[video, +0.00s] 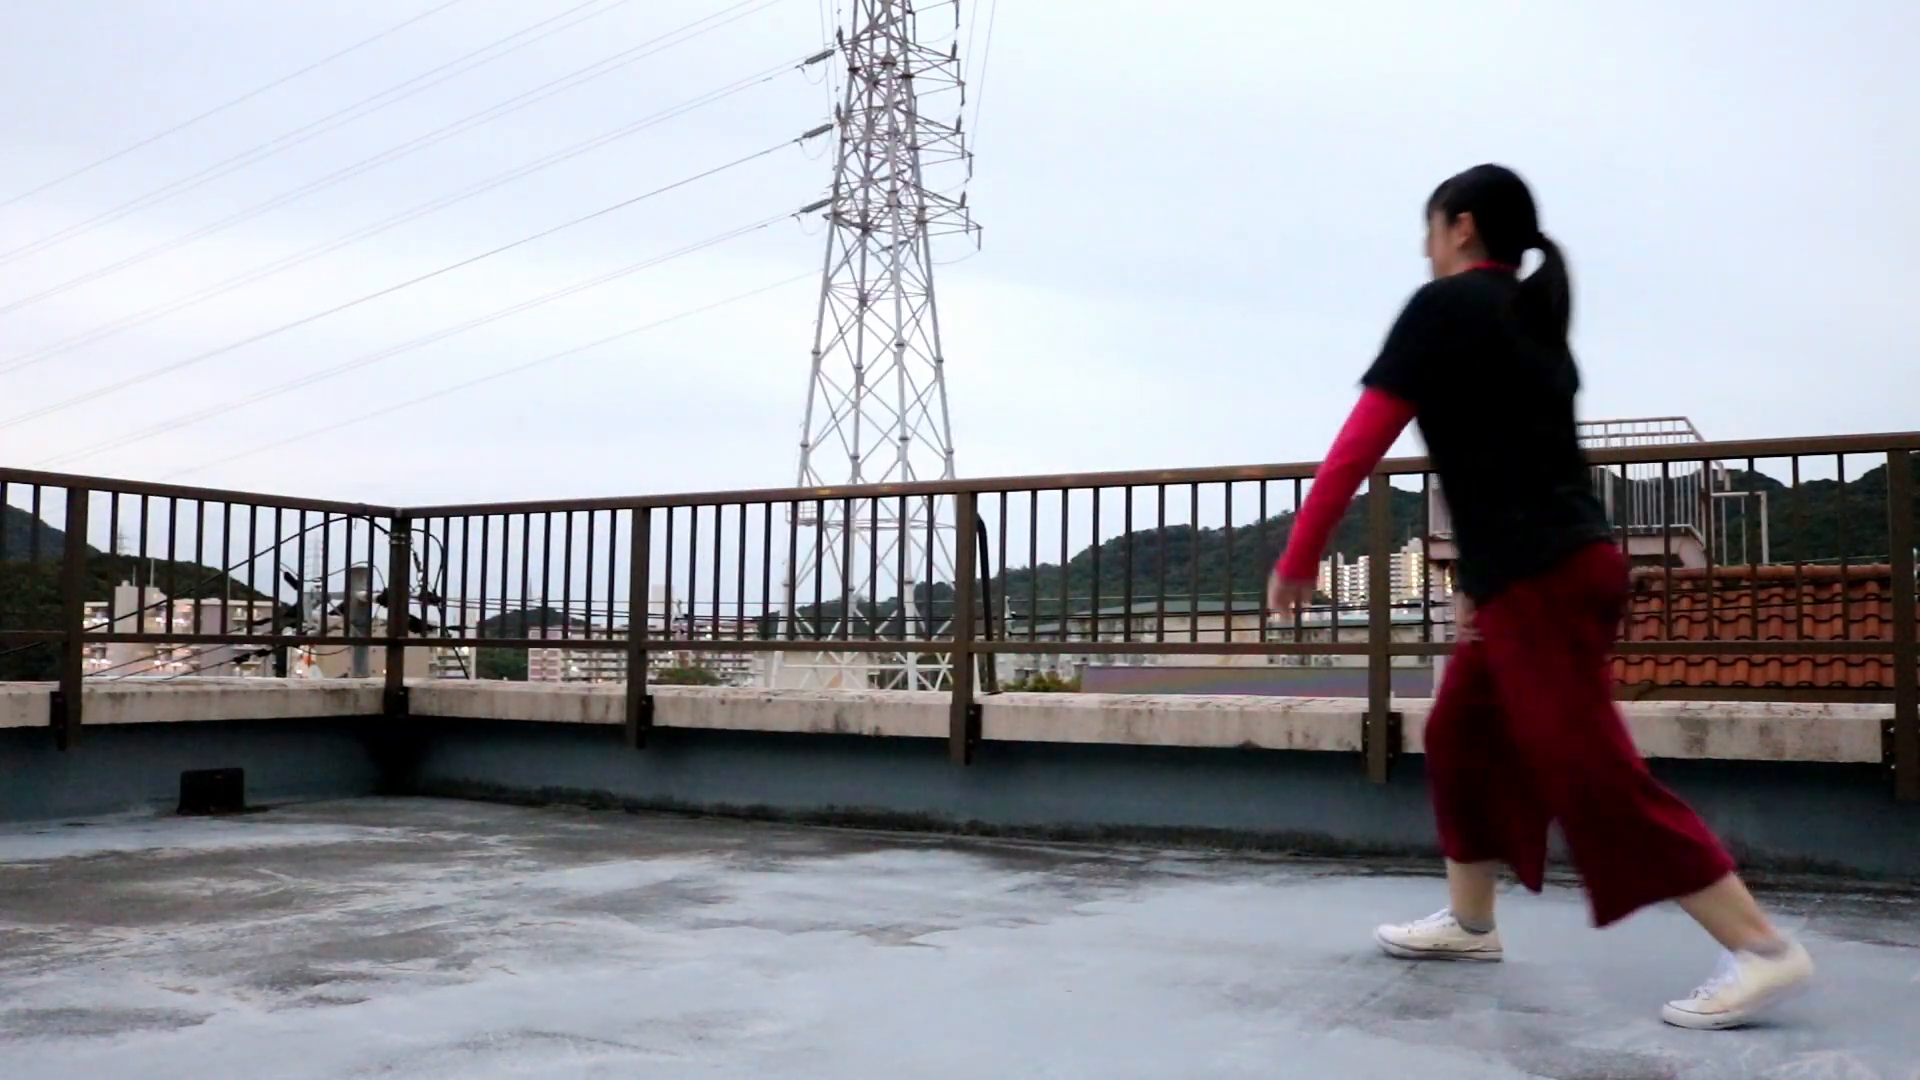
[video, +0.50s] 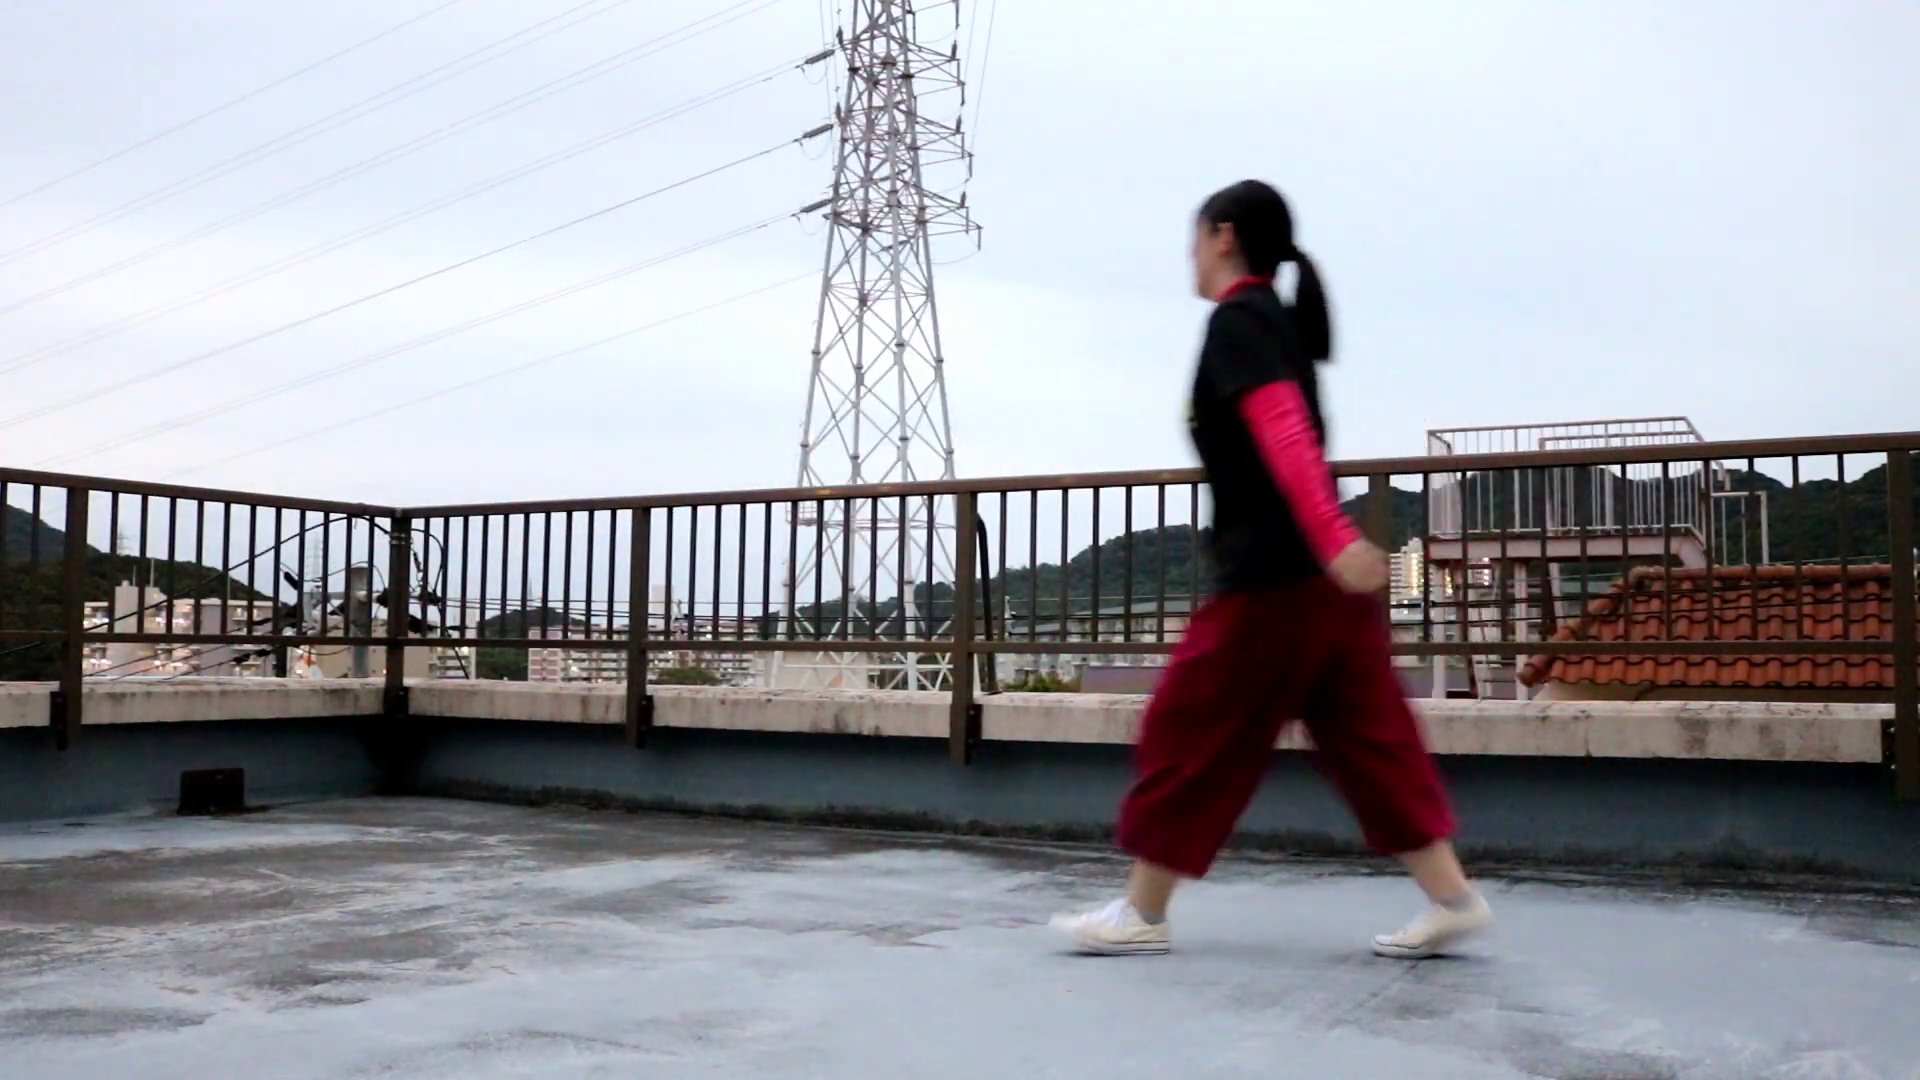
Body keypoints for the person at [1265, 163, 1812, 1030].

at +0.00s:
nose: (1426, 245)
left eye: (1432, 230)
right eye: (1430, 230)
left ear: (1463, 231)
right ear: (1502, 238)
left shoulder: (1438, 309)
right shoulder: (1530, 313)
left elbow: (1357, 447)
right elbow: (1538, 455)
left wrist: (1299, 555)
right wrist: (1493, 581)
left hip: (1534, 576)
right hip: (1574, 561)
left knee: (1591, 766)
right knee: (1456, 733)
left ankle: (1764, 949)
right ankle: (1470, 920)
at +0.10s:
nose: (1389, 241)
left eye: (1395, 227)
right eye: (1394, 226)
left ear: (1420, 234)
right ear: (1463, 245)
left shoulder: (1390, 316)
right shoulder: (1493, 326)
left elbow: (1350, 458)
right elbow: (1520, 453)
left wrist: (1330, 583)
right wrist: (1444, 561)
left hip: (1484, 572)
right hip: (1537, 560)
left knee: (1498, 744)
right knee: (1432, 729)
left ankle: (1684, 895)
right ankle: (1467, 920)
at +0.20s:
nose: (1341, 239)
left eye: (1347, 226)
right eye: (1346, 225)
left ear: (1370, 232)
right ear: (1421, 243)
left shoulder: (1353, 312)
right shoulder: (1445, 319)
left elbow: (1357, 452)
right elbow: (1468, 451)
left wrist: (1375, 573)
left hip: (1435, 561)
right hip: (1503, 555)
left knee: (1384, 741)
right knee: (1471, 728)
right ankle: (1465, 916)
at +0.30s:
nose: (1290, 242)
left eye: (1296, 227)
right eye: (1295, 227)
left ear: (1320, 229)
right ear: (1358, 237)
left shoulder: (1317, 305)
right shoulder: (1384, 306)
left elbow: (1357, 420)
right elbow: (1398, 433)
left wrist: (1385, 546)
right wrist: (1343, 553)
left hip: (1388, 555)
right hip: (1450, 545)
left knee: (1294, 710)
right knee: (1432, 721)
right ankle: (1466, 915)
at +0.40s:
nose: (1239, 242)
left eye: (1245, 228)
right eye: (1243, 227)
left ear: (1271, 233)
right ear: (1303, 239)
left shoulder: (1284, 312)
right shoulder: (1323, 313)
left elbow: (1337, 416)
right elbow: (1341, 428)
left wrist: (1374, 529)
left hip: (1334, 566)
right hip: (1390, 558)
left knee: (1233, 705)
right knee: (1411, 732)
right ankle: (1467, 918)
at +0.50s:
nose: (1190, 253)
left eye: (1196, 237)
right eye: (1195, 238)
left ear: (1223, 240)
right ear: (1252, 245)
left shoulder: (1241, 325)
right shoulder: (1272, 321)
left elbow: (1289, 437)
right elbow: (1281, 445)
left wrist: (1337, 539)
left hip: (1267, 584)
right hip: (1325, 576)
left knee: (1187, 728)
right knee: (1370, 734)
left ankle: (1143, 909)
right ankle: (1452, 897)